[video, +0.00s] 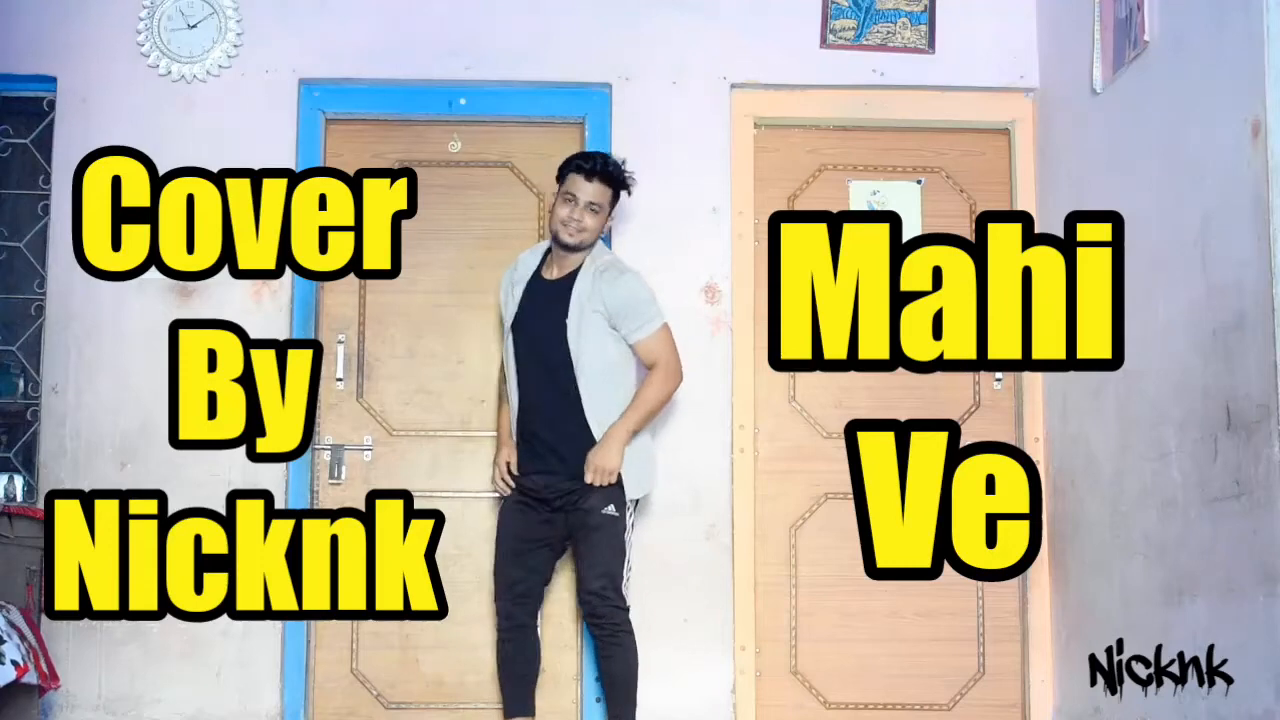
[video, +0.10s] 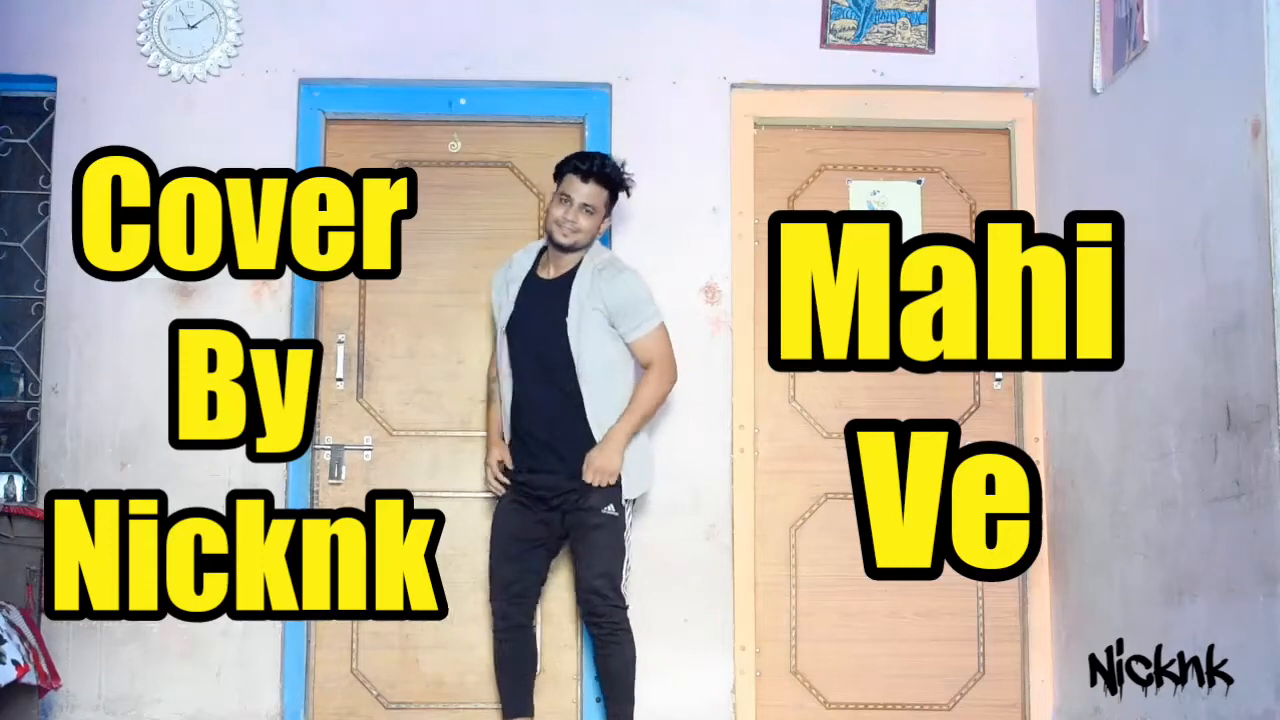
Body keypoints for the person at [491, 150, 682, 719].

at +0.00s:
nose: (575, 214)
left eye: (592, 208)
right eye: (568, 200)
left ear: (607, 220)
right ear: (551, 201)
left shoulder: (616, 283)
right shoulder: (521, 274)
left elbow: (667, 368)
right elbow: (512, 365)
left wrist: (615, 440)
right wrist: (506, 436)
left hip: (597, 486)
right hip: (530, 484)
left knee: (603, 610)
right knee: (513, 611)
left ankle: (622, 718)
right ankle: (518, 717)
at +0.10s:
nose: (569, 216)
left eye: (586, 209)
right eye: (563, 200)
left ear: (604, 221)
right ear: (549, 199)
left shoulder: (614, 281)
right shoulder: (514, 274)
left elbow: (662, 367)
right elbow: (502, 365)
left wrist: (615, 442)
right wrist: (496, 436)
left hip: (593, 484)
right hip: (525, 482)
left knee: (601, 609)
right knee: (509, 608)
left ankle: (620, 719)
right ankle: (517, 717)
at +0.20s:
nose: (567, 224)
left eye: (584, 216)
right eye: (560, 209)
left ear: (603, 226)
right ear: (545, 208)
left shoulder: (620, 290)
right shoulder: (507, 279)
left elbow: (665, 371)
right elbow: (488, 365)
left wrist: (627, 447)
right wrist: (486, 442)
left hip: (596, 489)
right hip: (522, 488)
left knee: (604, 613)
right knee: (498, 608)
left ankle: (619, 718)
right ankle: (514, 716)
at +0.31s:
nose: (567, 226)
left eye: (583, 218)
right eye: (559, 212)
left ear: (603, 227)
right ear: (545, 213)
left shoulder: (623, 291)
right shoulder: (502, 287)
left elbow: (663, 372)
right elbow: (480, 377)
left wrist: (633, 447)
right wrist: (483, 451)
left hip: (600, 489)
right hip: (520, 488)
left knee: (608, 611)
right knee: (480, 599)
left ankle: (620, 718)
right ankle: (502, 713)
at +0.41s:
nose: (564, 223)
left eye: (579, 213)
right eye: (555, 208)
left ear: (598, 222)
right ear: (541, 209)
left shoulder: (621, 284)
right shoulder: (492, 285)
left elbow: (653, 366)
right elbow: (469, 375)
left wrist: (632, 439)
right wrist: (473, 446)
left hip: (596, 486)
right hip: (513, 485)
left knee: (608, 612)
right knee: (475, 603)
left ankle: (620, 719)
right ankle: (473, 714)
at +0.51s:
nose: (553, 220)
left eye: (569, 209)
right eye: (544, 206)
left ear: (587, 217)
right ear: (529, 208)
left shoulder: (608, 280)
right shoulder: (480, 280)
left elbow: (631, 362)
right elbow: (449, 368)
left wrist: (620, 434)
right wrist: (460, 445)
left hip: (587, 484)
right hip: (507, 485)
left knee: (602, 613)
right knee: (473, 613)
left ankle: (621, 719)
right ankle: (442, 715)